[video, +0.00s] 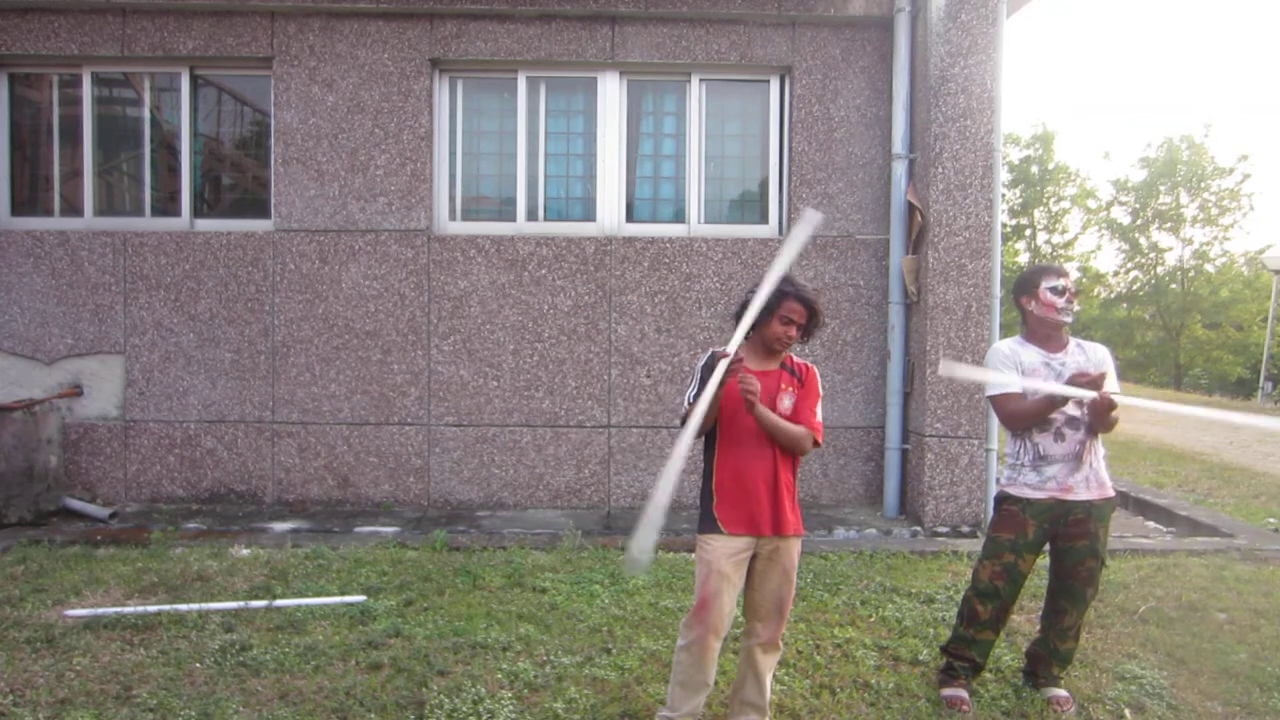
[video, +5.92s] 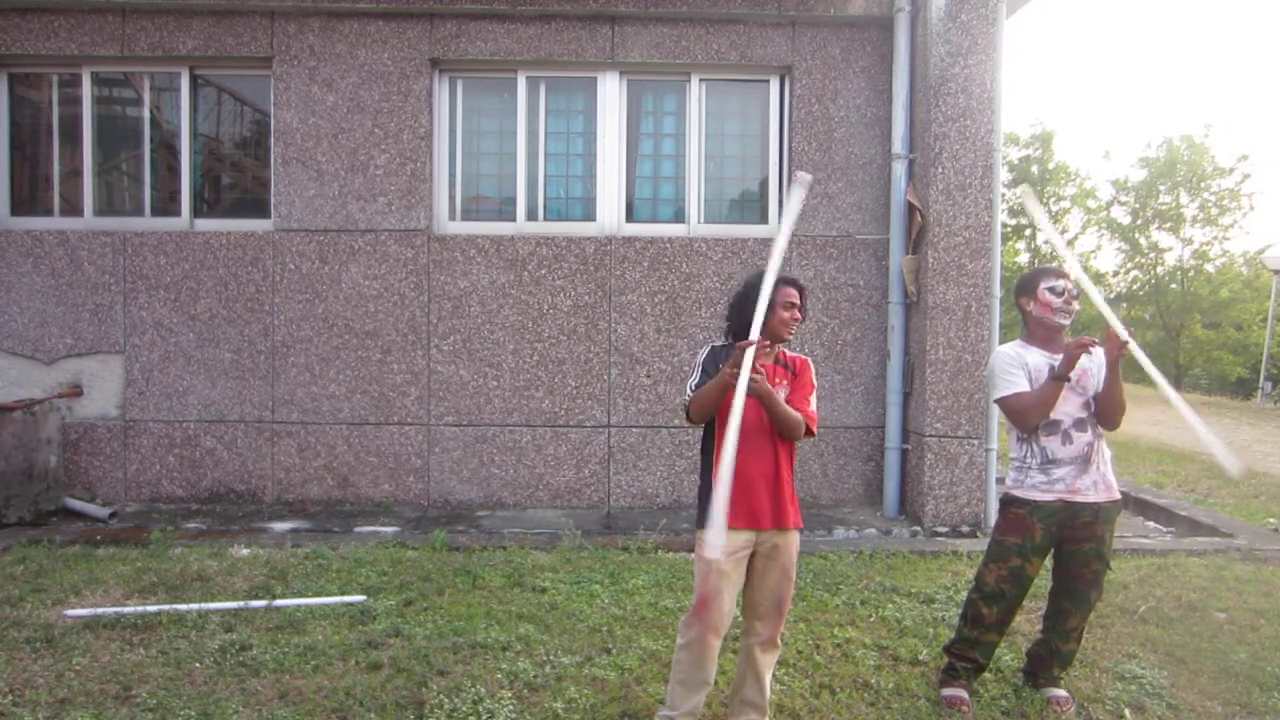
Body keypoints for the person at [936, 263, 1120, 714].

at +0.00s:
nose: (1069, 298)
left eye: (1072, 292)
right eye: (1057, 290)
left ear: (1075, 303)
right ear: (1026, 301)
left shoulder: (1095, 354)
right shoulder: (1004, 354)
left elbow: (1106, 425)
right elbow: (1014, 419)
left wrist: (1099, 401)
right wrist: (1066, 392)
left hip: (1087, 496)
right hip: (1026, 494)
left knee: (1075, 593)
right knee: (992, 584)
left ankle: (1045, 670)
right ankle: (957, 673)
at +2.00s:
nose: (1068, 299)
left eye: (1072, 293)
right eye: (1056, 291)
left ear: (1075, 304)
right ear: (1026, 302)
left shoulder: (1094, 355)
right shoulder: (1004, 356)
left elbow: (1108, 425)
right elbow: (1014, 422)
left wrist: (1104, 396)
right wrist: (1066, 398)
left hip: (1088, 496)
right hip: (1028, 494)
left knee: (1076, 593)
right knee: (994, 585)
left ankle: (1045, 670)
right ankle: (957, 674)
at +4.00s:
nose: (1068, 299)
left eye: (1071, 294)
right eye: (1056, 290)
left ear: (1074, 307)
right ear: (1026, 302)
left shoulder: (1091, 355)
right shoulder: (1007, 358)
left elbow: (1112, 421)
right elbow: (1024, 422)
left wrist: (1114, 372)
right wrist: (1076, 380)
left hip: (1096, 500)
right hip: (1035, 498)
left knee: (1079, 598)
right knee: (998, 588)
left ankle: (1046, 673)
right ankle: (958, 675)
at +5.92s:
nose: (1068, 300)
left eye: (1073, 295)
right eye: (1056, 291)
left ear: (1076, 308)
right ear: (1026, 302)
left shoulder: (1090, 356)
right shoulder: (1008, 356)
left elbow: (1111, 420)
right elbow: (1025, 418)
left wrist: (1114, 364)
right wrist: (1063, 368)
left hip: (1094, 497)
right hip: (1033, 495)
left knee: (1078, 596)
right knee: (997, 587)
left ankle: (1045, 673)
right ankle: (958, 675)